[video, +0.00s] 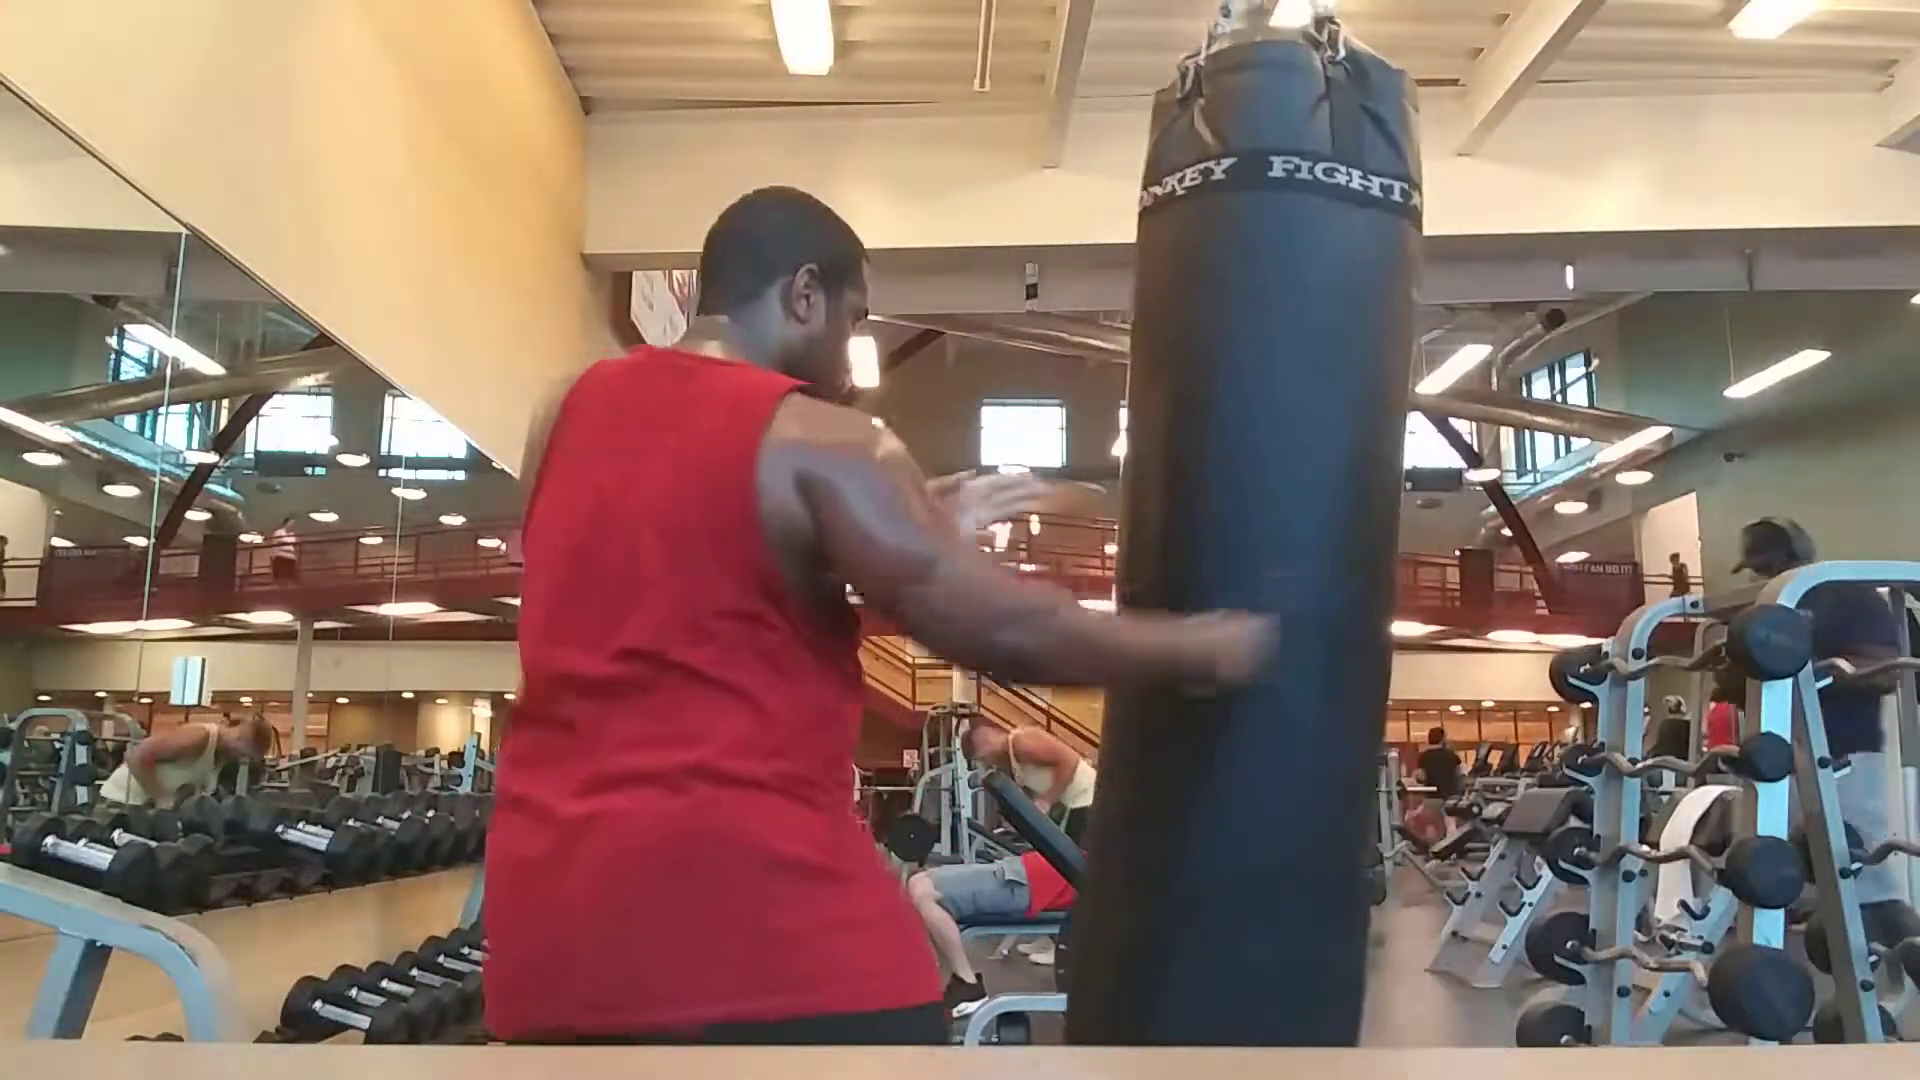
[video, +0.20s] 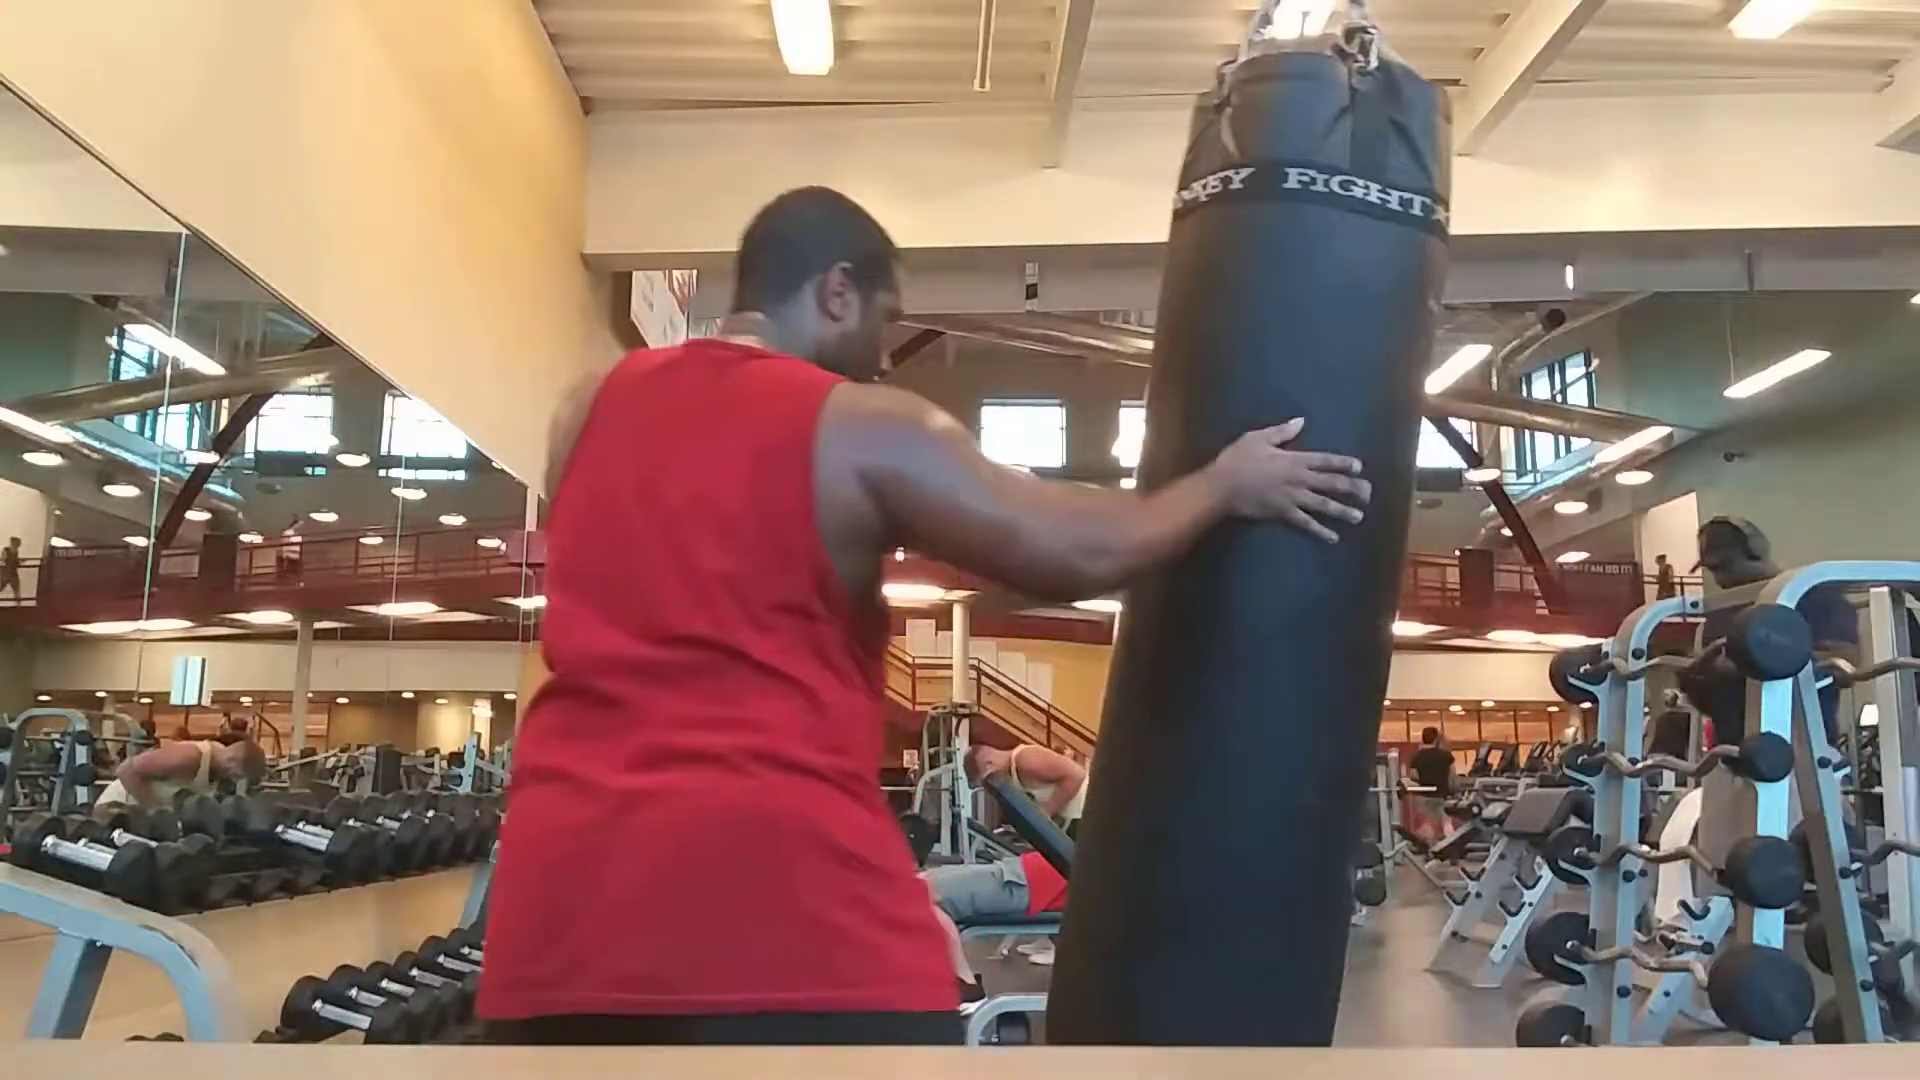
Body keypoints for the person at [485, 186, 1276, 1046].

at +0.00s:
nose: (851, 351)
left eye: (856, 325)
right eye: (853, 320)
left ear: (706, 293)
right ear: (805, 294)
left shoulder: (566, 410)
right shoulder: (820, 437)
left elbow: (706, 536)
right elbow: (1001, 630)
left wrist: (906, 515)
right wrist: (1200, 645)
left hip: (547, 900)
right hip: (758, 886)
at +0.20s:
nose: (884, 343)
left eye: (889, 324)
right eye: (884, 321)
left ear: (740, 293)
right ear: (836, 294)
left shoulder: (592, 403)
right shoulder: (859, 419)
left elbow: (562, 552)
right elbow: (1074, 550)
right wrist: (1224, 483)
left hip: (560, 896)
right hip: (787, 890)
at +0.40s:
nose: (972, 362)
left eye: (977, 336)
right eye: (975, 331)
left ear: (840, 306)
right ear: (933, 307)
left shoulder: (680, 424)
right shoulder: (952, 442)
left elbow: (654, 526)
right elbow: (1125, 621)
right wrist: (1209, 513)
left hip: (670, 872)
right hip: (890, 872)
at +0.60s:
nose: (1049, 353)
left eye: (1059, 335)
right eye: (1053, 331)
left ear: (913, 296)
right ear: (1006, 299)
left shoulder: (778, 424)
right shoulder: (1010, 406)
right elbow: (1201, 579)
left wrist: (1089, 597)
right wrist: (1248, 522)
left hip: (760, 881)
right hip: (971, 881)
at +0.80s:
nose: (1085, 365)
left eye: (1090, 343)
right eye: (1084, 341)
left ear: (950, 330)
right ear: (1045, 330)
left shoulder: (821, 462)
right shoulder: (1098, 456)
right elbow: (1310, 627)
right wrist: (1321, 537)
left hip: (830, 915)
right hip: (1059, 905)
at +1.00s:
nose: (1232, 355)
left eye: (1232, 339)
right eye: (1228, 335)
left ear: (1092, 313)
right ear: (1187, 312)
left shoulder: (975, 437)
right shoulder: (1214, 396)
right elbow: (1462, 479)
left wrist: (1280, 600)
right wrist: (1458, 402)